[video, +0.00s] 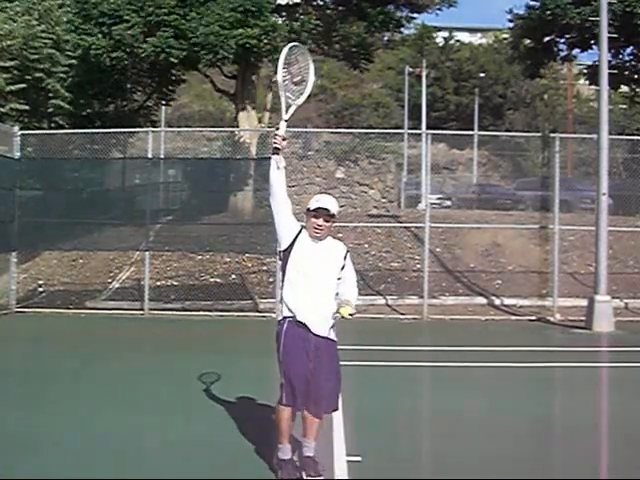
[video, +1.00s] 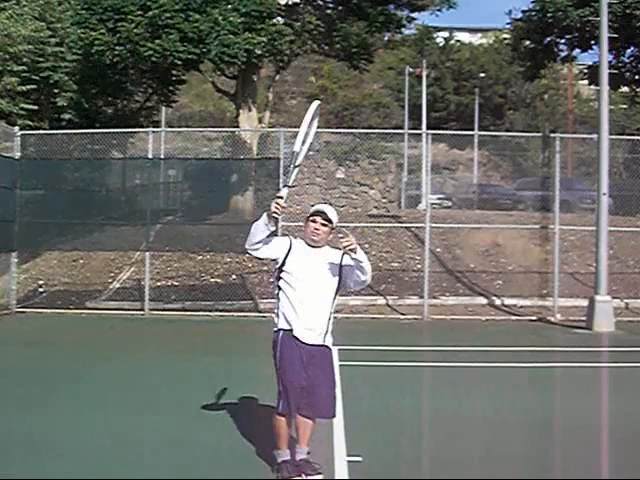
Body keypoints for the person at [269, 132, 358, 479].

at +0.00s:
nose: (320, 221)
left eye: (326, 217)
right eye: (315, 215)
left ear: (333, 222)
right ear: (306, 216)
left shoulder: (339, 251)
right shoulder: (292, 237)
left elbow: (348, 285)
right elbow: (278, 198)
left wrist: (347, 303)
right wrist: (277, 157)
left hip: (324, 329)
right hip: (294, 324)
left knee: (320, 396)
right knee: (291, 393)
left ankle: (308, 454)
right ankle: (284, 455)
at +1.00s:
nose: (316, 226)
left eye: (323, 224)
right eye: (313, 221)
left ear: (331, 231)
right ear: (304, 224)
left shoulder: (336, 257)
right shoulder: (289, 245)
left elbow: (363, 277)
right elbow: (254, 246)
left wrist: (355, 251)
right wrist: (269, 218)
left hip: (319, 337)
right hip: (289, 332)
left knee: (311, 398)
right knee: (288, 395)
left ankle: (301, 457)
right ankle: (283, 459)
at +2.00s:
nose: (309, 232)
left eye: (315, 228)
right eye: (304, 226)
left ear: (322, 231)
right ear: (294, 226)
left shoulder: (328, 259)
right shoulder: (275, 249)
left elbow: (339, 295)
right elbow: (250, 279)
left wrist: (350, 290)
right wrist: (263, 292)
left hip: (312, 337)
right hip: (280, 333)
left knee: (307, 396)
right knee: (278, 395)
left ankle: (301, 456)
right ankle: (269, 455)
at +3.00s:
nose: (306, 251)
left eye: (308, 247)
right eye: (304, 246)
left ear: (293, 240)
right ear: (287, 236)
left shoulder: (299, 267)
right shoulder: (255, 259)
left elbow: (315, 301)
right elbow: (235, 300)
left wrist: (349, 297)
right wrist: (227, 340)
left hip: (285, 344)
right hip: (253, 341)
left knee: (294, 400)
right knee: (248, 402)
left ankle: (300, 464)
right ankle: (240, 458)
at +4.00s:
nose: (289, 238)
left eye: (291, 232)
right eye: (283, 231)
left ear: (291, 236)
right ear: (264, 232)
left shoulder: (291, 272)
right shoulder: (240, 258)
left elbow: (304, 311)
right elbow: (235, 301)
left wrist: (323, 346)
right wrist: (255, 335)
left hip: (272, 348)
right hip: (236, 343)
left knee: (285, 404)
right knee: (231, 403)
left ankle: (299, 465)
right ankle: (224, 458)